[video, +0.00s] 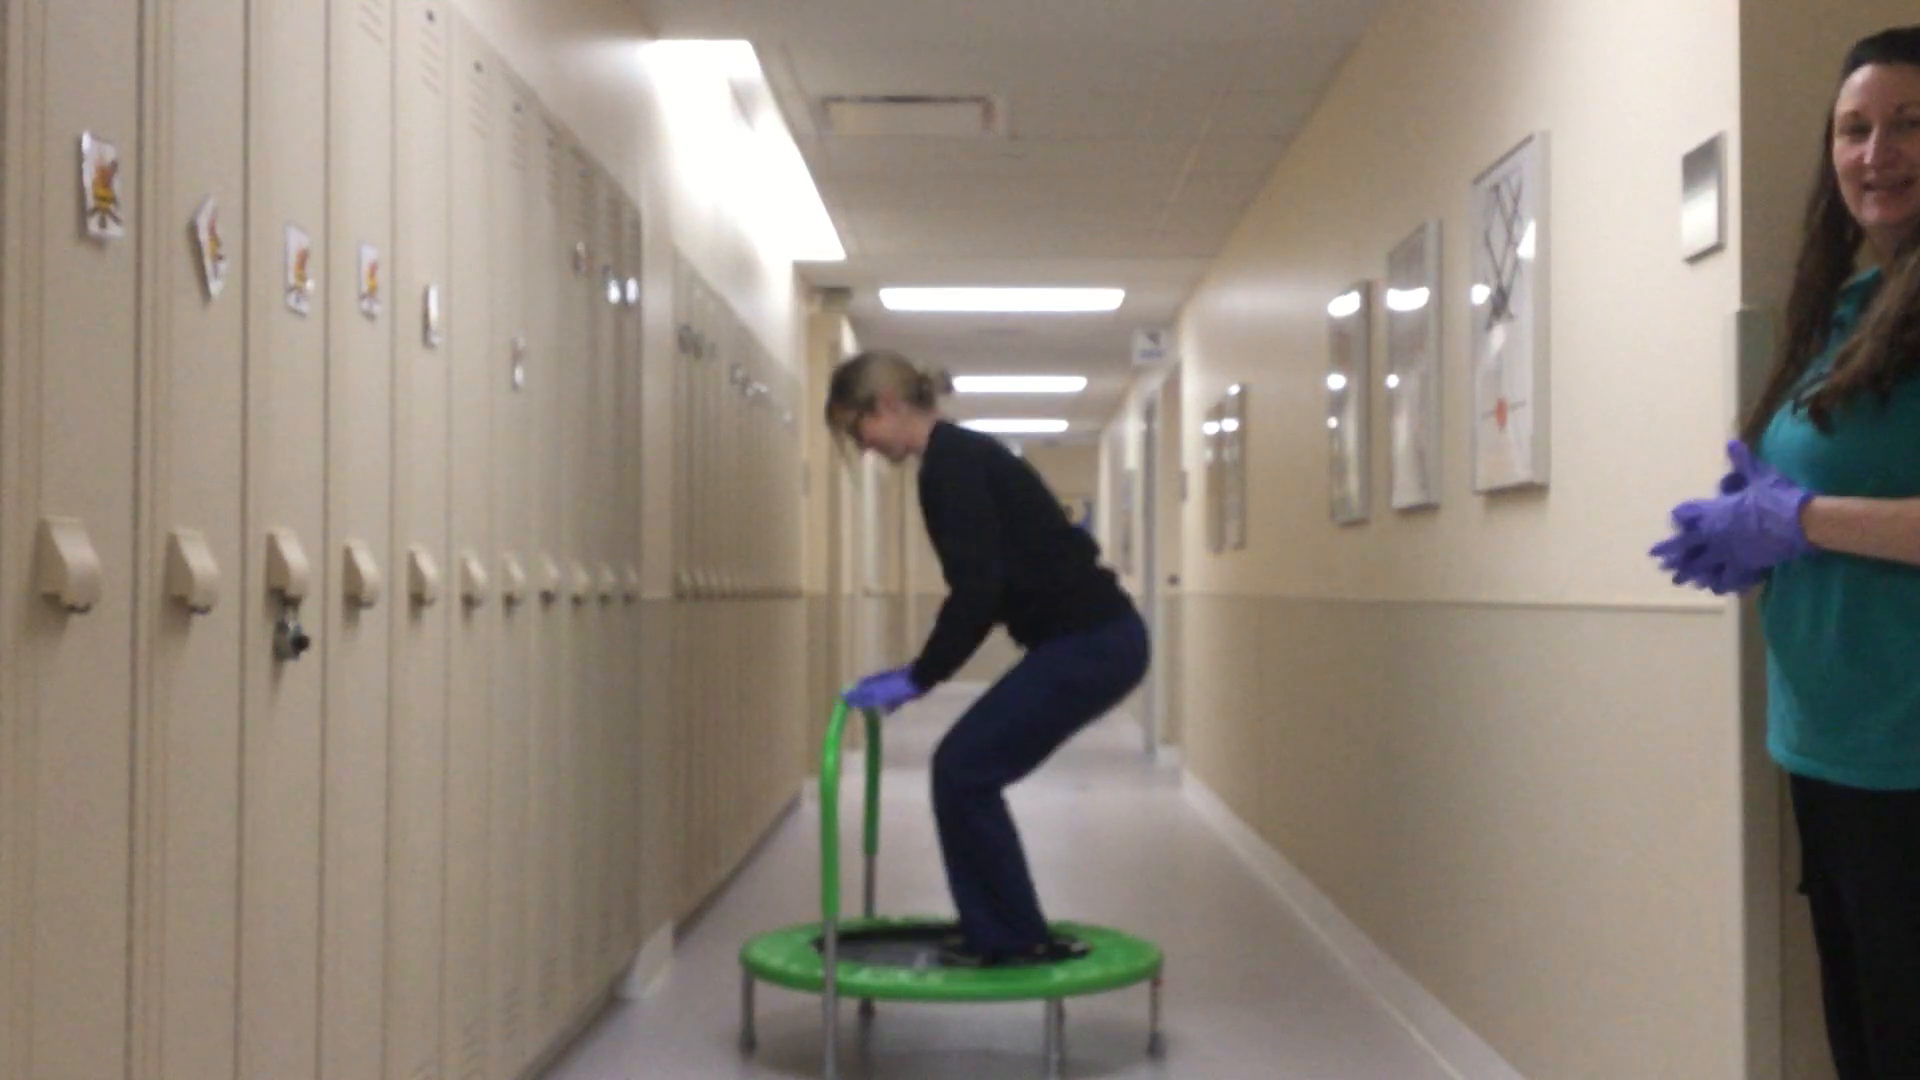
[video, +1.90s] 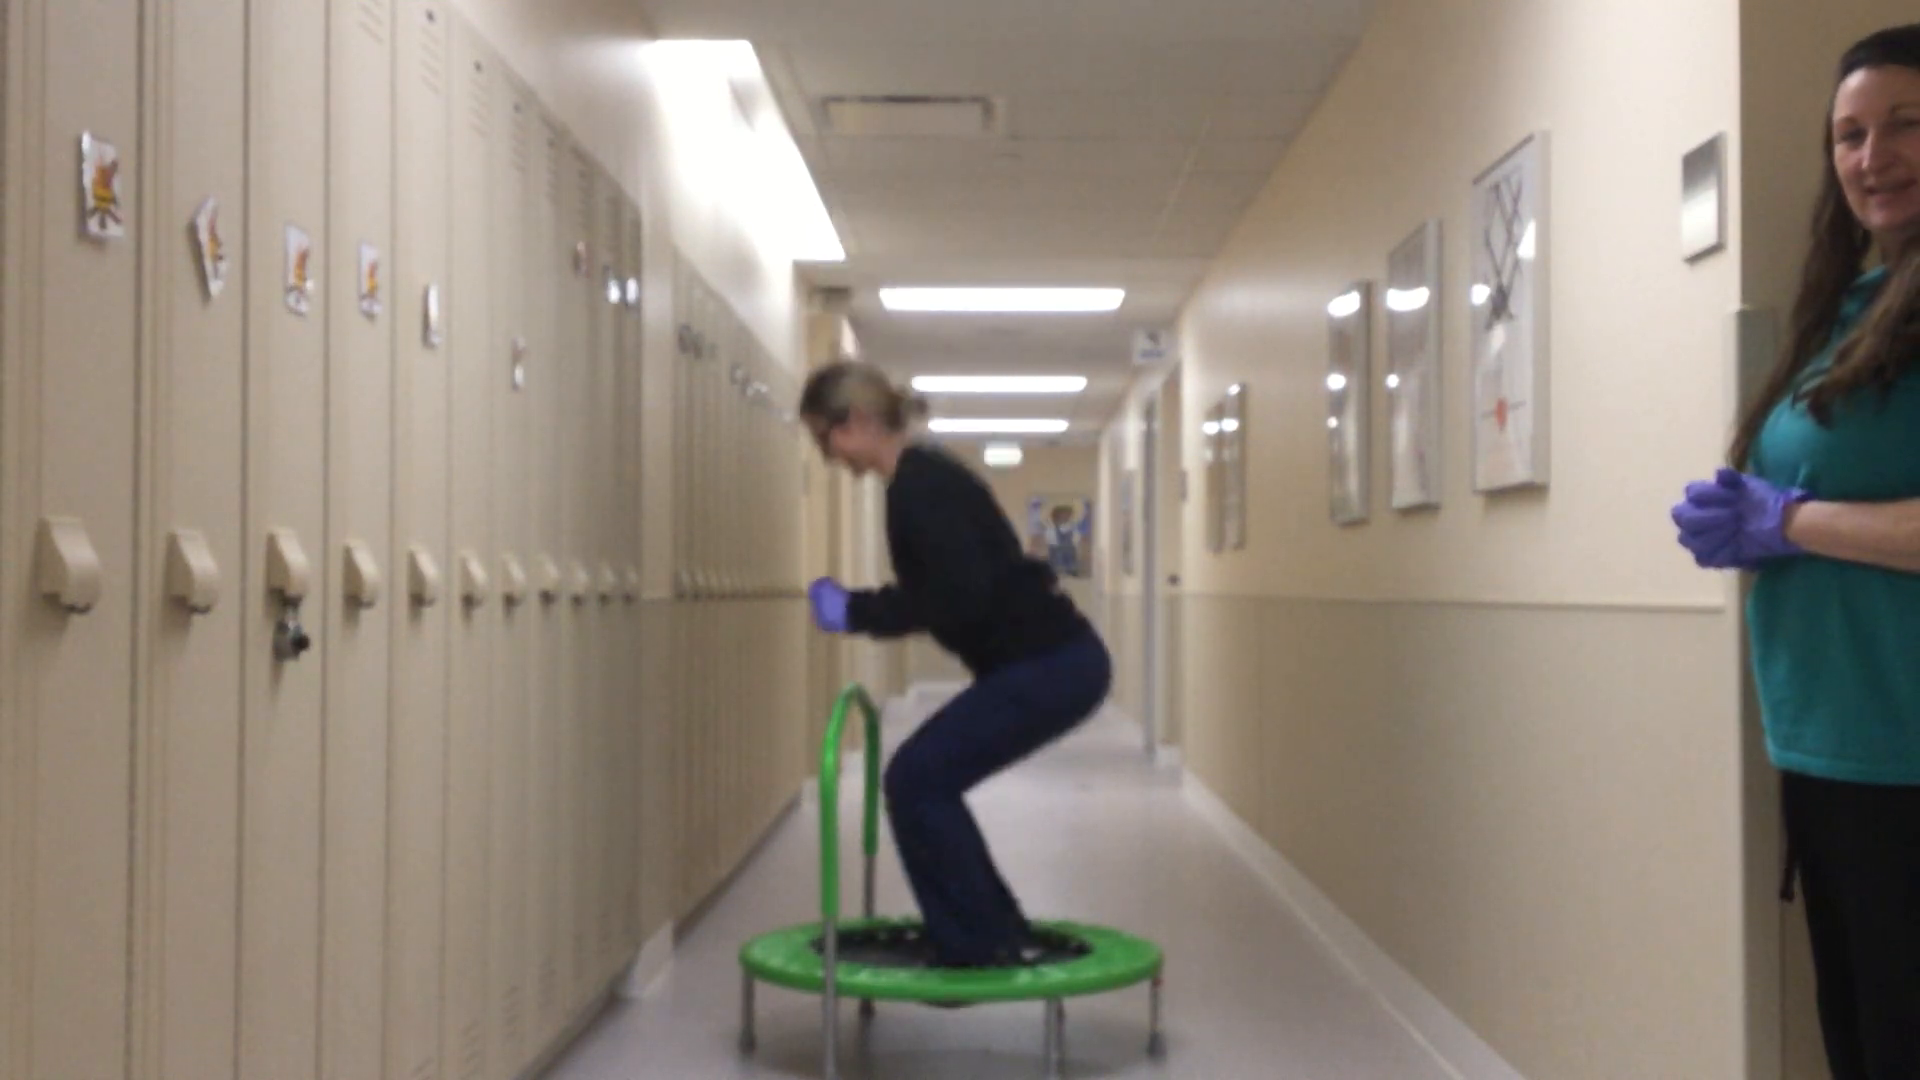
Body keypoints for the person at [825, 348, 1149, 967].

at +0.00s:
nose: (862, 442)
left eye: (859, 426)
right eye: (854, 432)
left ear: (888, 404)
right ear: (894, 406)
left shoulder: (954, 463)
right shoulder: (951, 459)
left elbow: (979, 589)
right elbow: (977, 590)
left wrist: (916, 679)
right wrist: (916, 675)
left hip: (1094, 644)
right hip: (1086, 641)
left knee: (963, 767)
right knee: (961, 765)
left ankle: (1011, 937)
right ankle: (1002, 932)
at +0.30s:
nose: (898, 365)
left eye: (891, 349)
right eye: (887, 358)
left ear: (914, 317)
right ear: (914, 319)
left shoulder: (985, 368)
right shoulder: (982, 368)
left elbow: (1014, 493)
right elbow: (1008, 496)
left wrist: (1009, 608)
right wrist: (1001, 606)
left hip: (1076, 588)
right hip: (1069, 585)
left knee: (1005, 759)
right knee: (1006, 759)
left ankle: (1026, 942)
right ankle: (1027, 937)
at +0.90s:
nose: (876, 413)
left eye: (873, 396)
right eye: (867, 403)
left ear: (902, 370)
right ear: (902, 374)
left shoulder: (970, 426)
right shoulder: (957, 429)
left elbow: (992, 545)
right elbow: (985, 545)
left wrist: (901, 593)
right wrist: (903, 591)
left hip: (1089, 622)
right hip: (1077, 620)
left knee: (977, 763)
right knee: (972, 759)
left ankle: (1022, 944)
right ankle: (1017, 938)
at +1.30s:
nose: (867, 357)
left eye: (865, 339)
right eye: (858, 346)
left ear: (896, 316)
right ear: (894, 321)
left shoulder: (955, 383)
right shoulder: (950, 383)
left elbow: (970, 512)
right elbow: (968, 518)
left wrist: (888, 558)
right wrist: (896, 561)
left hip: (1044, 602)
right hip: (1038, 600)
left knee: (957, 774)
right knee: (955, 772)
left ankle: (1003, 944)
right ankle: (999, 938)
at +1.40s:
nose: (865, 275)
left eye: (863, 258)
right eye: (857, 264)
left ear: (891, 233)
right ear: (892, 236)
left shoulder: (960, 290)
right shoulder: (952, 295)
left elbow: (986, 410)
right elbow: (976, 416)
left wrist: (946, 516)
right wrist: (942, 515)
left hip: (1025, 521)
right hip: (1014, 521)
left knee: (988, 715)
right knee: (985, 714)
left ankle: (997, 917)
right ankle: (992, 912)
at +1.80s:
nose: (842, 378)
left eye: (840, 359)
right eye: (832, 367)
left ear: (870, 334)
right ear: (860, 345)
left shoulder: (934, 405)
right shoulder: (922, 406)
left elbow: (969, 516)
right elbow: (951, 520)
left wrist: (899, 576)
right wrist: (895, 573)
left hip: (1033, 609)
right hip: (1027, 607)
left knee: (946, 767)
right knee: (953, 766)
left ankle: (984, 943)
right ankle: (997, 932)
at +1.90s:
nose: (829, 453)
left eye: (827, 436)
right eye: (821, 441)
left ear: (858, 419)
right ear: (866, 420)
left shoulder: (924, 482)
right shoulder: (918, 481)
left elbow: (948, 598)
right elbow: (937, 596)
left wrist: (856, 611)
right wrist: (857, 608)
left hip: (1054, 667)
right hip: (1046, 664)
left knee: (916, 778)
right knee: (917, 776)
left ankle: (978, 939)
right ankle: (988, 929)